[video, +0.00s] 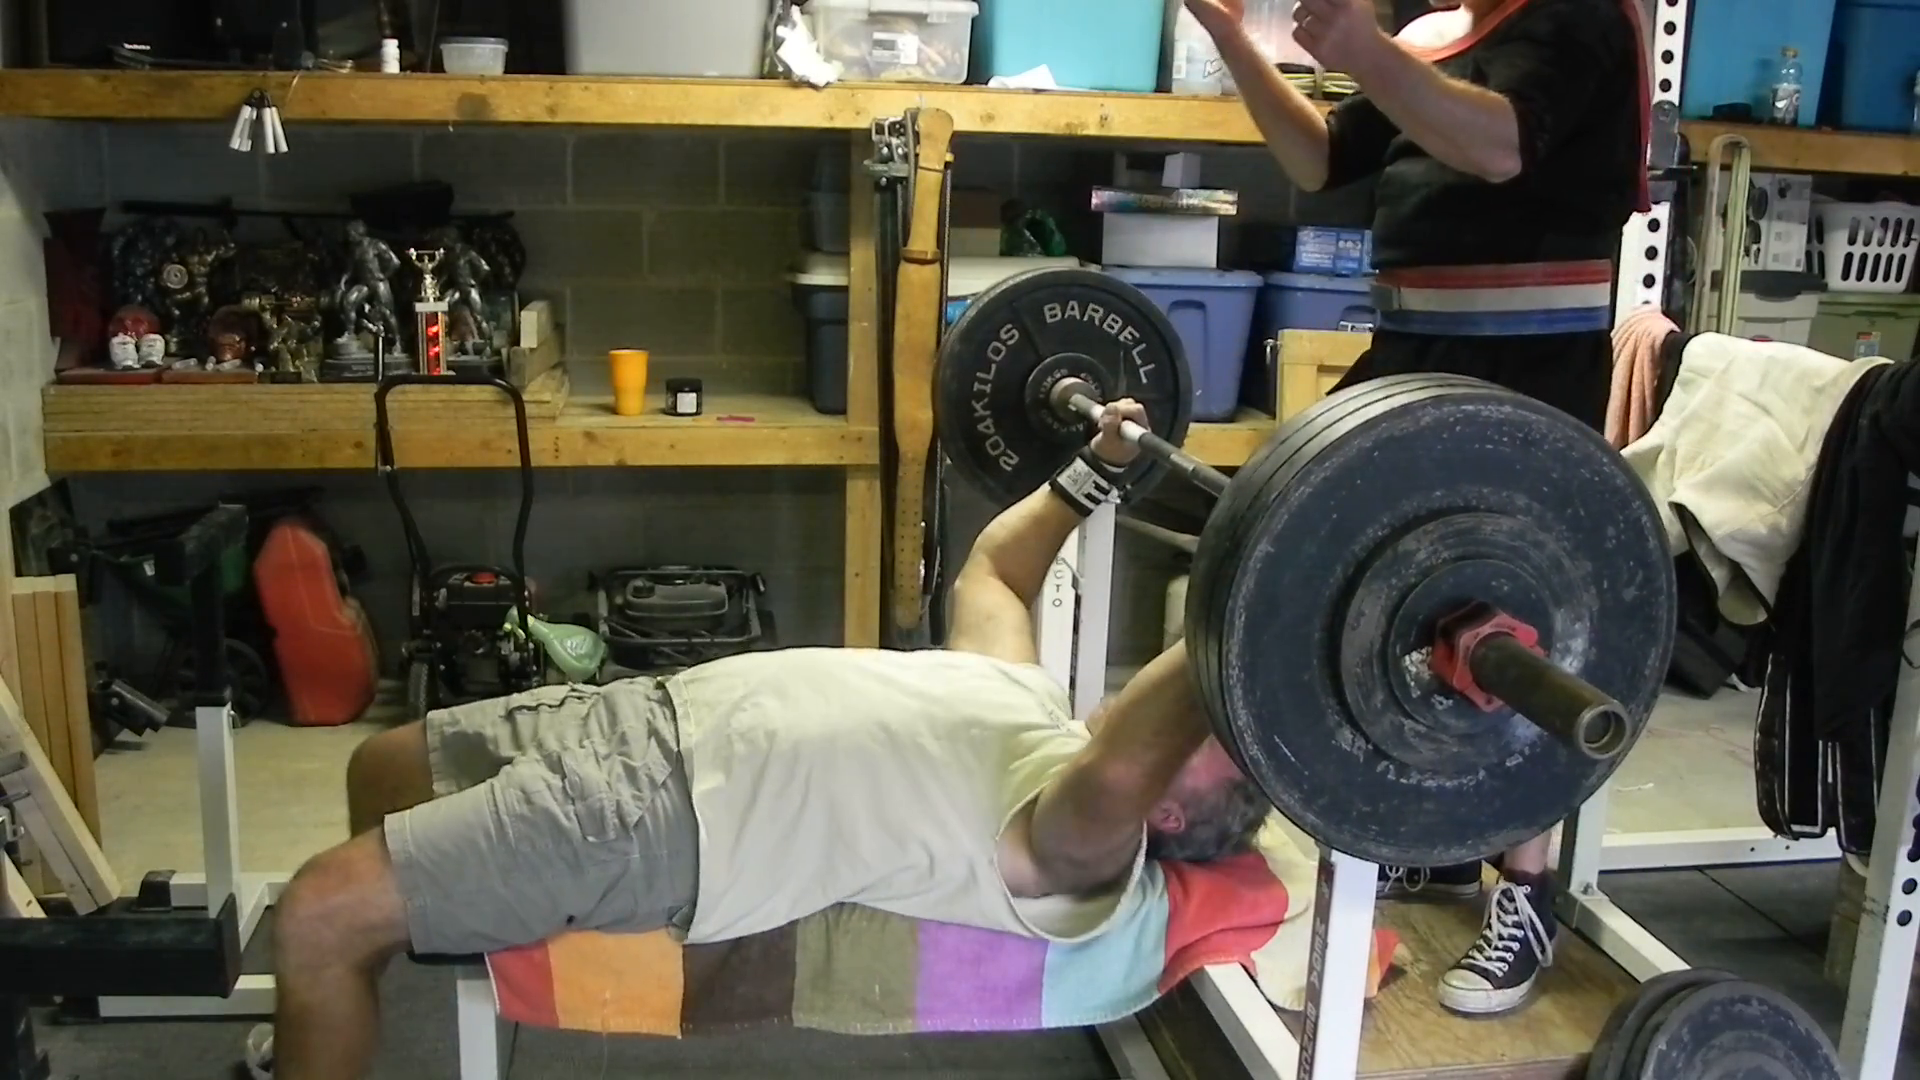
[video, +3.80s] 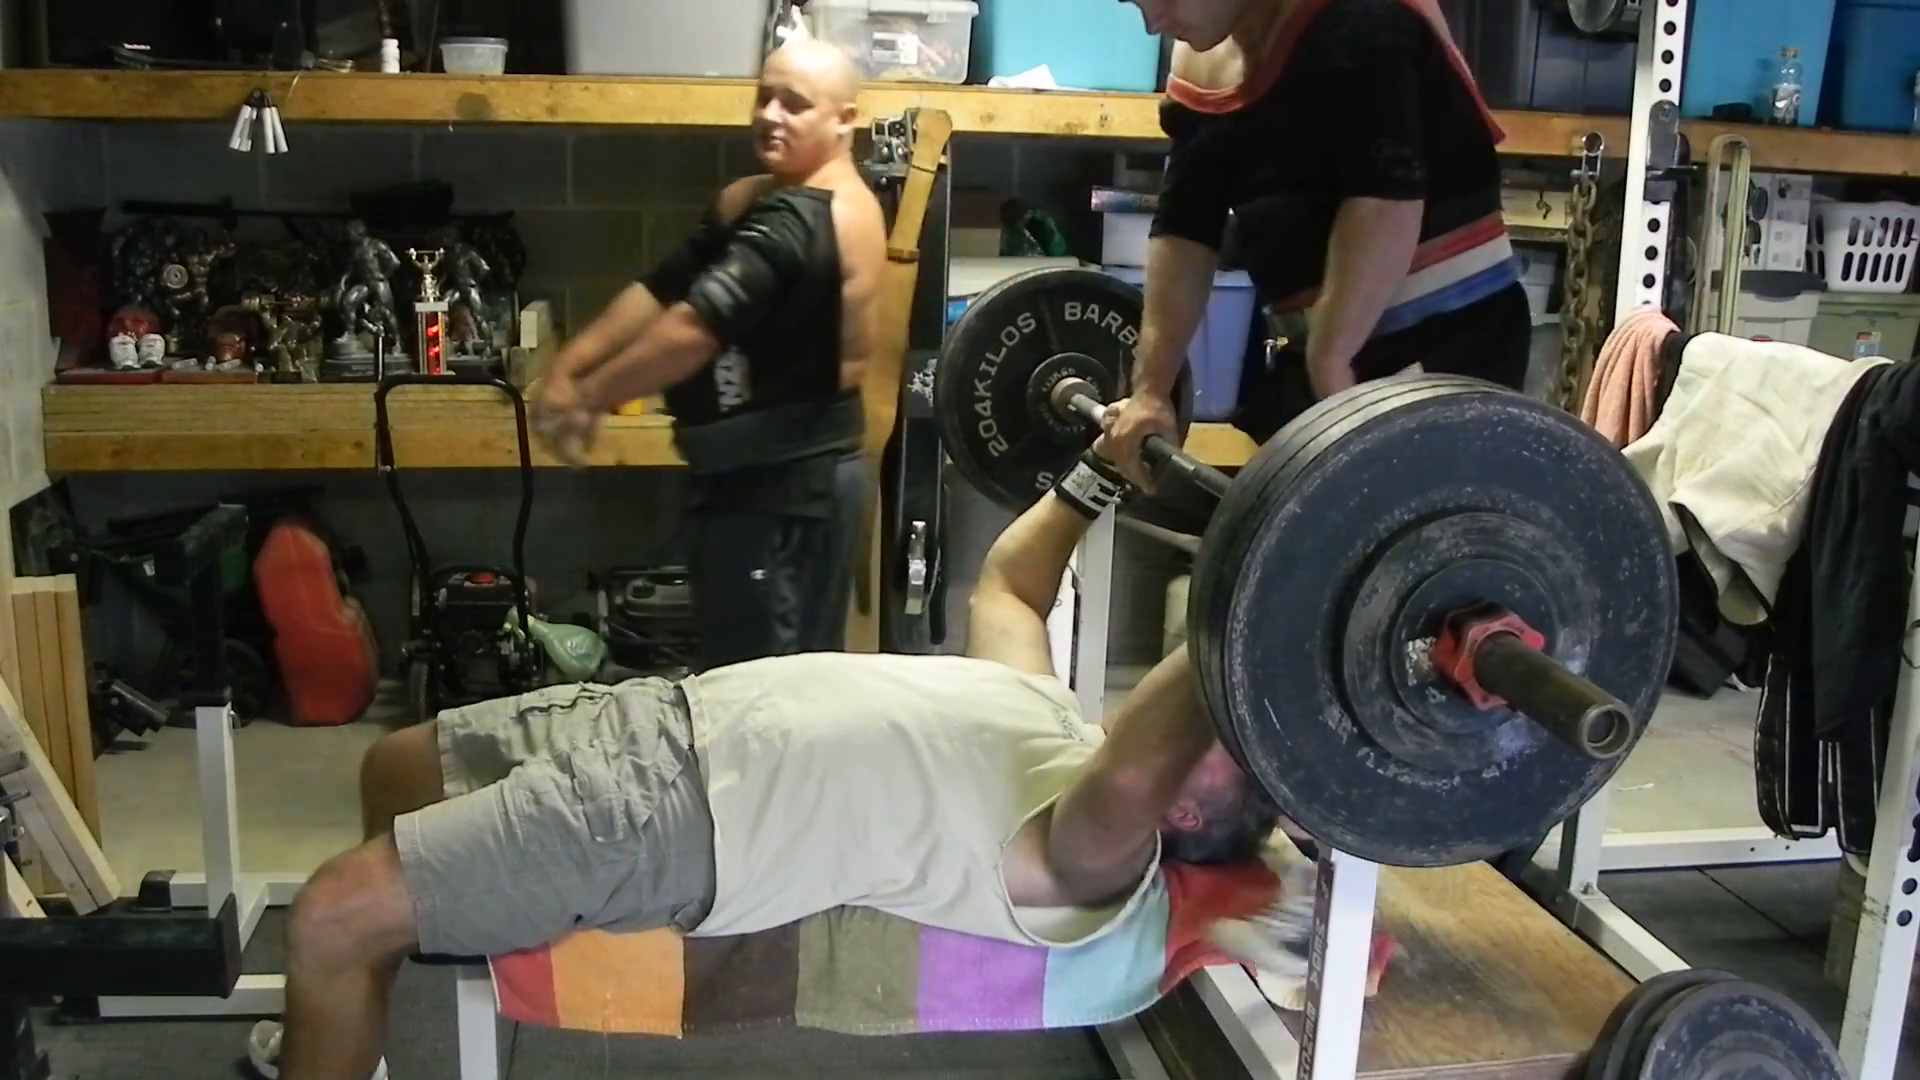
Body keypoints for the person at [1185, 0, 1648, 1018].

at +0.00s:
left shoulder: (1583, 16)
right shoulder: (1436, 42)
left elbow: (1500, 141)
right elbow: (1324, 161)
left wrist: (1356, 42)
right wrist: (1231, 36)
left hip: (1537, 370)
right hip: (1410, 359)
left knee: (1518, 629)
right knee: (1384, 606)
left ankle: (1526, 888)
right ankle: (1421, 833)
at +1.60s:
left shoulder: (1655, 22)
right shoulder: (1547, 18)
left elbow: (1531, 170)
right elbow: (1475, 127)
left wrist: (1365, 75)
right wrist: (1364, 65)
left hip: (1604, 382)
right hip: (1501, 368)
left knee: (1576, 651)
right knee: (1467, 616)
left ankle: (1536, 916)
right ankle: (1456, 847)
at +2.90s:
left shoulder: (1610, 27)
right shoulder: (1487, 14)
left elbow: (1500, 184)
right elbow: (1400, 120)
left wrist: (1309, 162)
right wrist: (1260, 39)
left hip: (1577, 382)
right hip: (1458, 365)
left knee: (1566, 646)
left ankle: (1536, 918)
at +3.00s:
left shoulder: (1584, 32)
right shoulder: (1469, 34)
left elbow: (1491, 193)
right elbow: (1373, 129)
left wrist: (1305, 228)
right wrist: (1225, 98)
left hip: (1553, 385)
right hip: (1436, 370)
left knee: (1554, 650)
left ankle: (1535, 918)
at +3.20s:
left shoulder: (1511, 26)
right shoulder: (1395, 30)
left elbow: (1467, 214)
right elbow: (1306, 166)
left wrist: (1353, 377)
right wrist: (1170, 239)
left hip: (1518, 374)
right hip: (1413, 370)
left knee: (1526, 637)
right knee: (1366, 611)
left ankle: (1530, 916)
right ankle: (1332, 817)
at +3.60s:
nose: (1172, 13)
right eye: (1170, 6)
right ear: (1223, 1)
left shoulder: (1378, 33)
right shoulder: (1243, 85)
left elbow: (1393, 225)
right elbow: (1204, 234)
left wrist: (1340, 407)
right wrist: (1154, 385)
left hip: (1462, 339)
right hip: (1346, 351)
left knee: (1464, 619)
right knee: (1324, 603)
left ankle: (1468, 888)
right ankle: (1335, 856)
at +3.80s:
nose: (1151, 19)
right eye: (1143, 6)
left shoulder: (1363, 27)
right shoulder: (1202, 62)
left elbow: (1386, 200)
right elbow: (1185, 229)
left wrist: (1330, 356)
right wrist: (1150, 390)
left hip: (1447, 334)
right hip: (1313, 346)